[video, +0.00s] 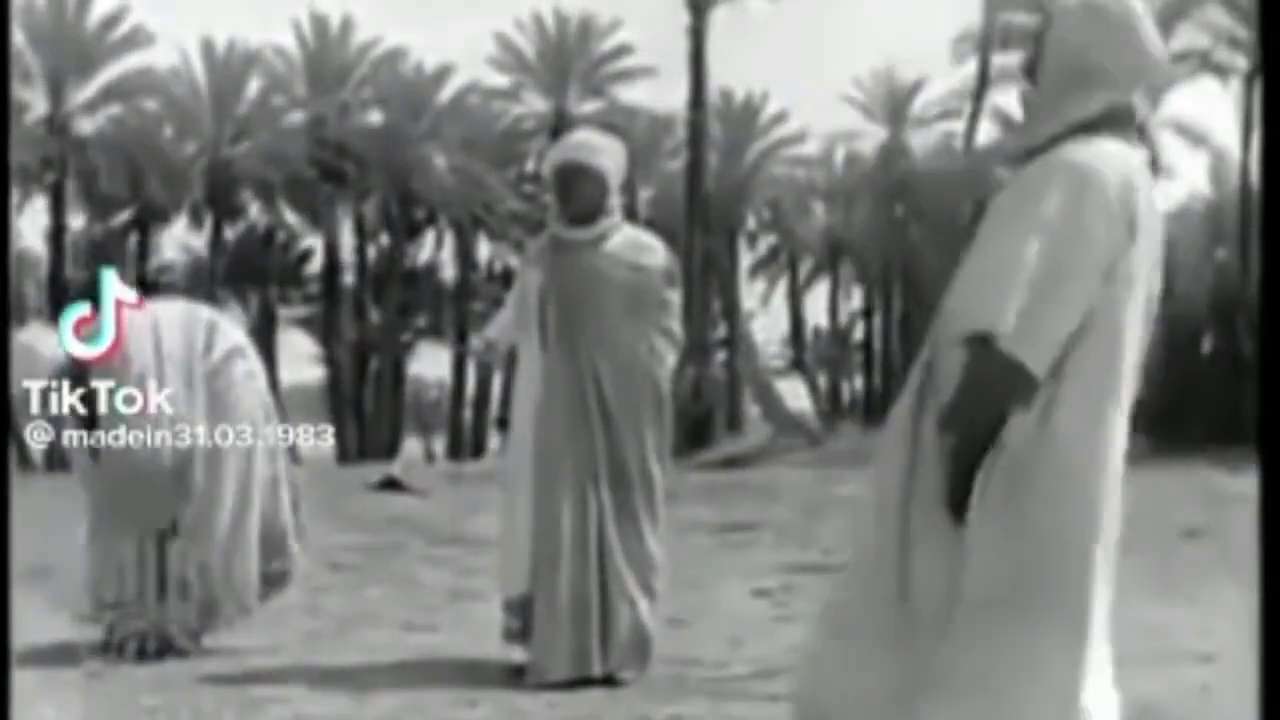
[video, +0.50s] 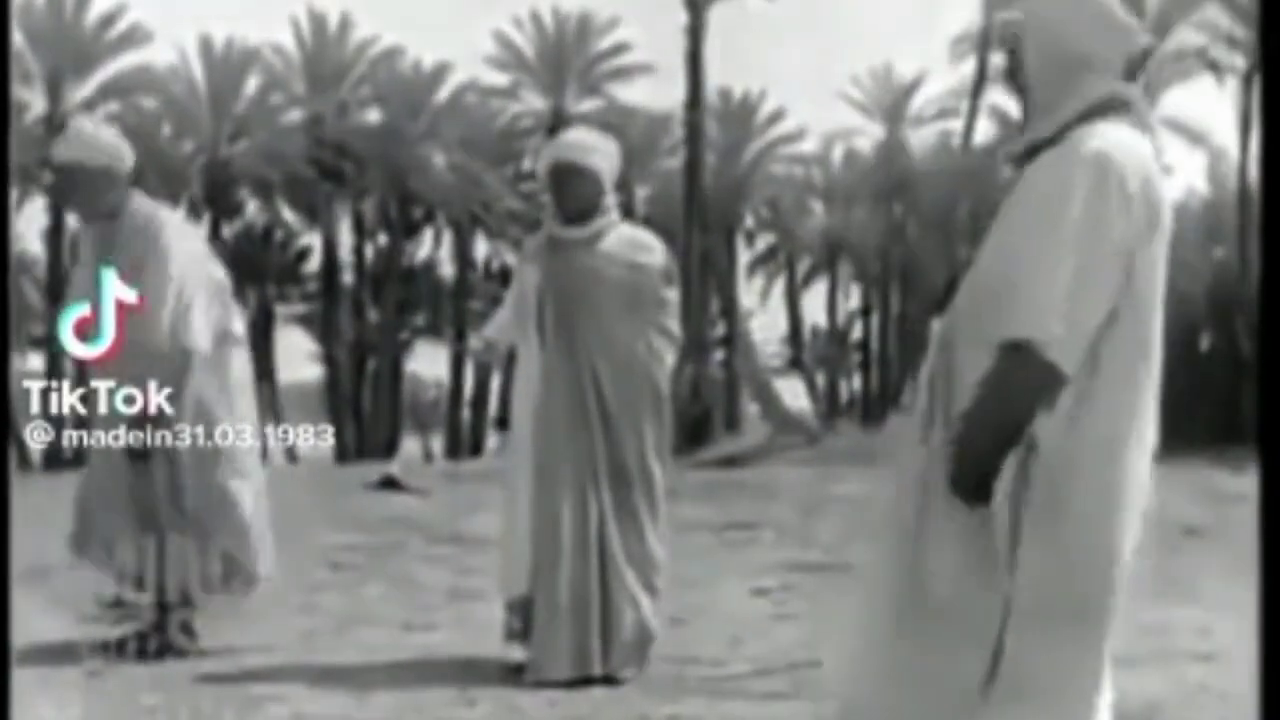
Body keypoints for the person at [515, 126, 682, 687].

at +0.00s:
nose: (561, 198)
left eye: (568, 186)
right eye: (560, 185)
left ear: (572, 190)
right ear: (614, 189)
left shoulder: (543, 257)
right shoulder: (648, 255)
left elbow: (522, 326)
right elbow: (665, 329)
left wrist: (490, 341)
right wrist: (654, 376)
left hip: (559, 401)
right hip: (627, 399)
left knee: (557, 515)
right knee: (626, 515)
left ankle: (560, 650)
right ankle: (622, 646)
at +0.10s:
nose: (563, 198)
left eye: (569, 186)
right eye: (562, 185)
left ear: (564, 190)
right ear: (614, 189)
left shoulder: (543, 257)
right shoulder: (648, 254)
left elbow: (523, 328)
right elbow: (664, 330)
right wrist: (654, 379)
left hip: (559, 400)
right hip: (627, 399)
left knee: (558, 515)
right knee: (627, 515)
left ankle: (561, 649)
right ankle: (622, 646)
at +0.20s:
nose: (559, 198)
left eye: (566, 185)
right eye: (557, 184)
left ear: (578, 187)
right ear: (610, 187)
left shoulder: (543, 256)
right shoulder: (647, 253)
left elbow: (523, 327)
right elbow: (663, 330)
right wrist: (653, 380)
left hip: (559, 399)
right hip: (627, 398)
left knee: (559, 514)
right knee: (626, 515)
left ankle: (560, 649)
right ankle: (622, 645)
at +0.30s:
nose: (561, 198)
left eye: (565, 186)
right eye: (561, 186)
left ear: (559, 190)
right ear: (611, 188)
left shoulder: (542, 256)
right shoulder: (646, 254)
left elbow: (521, 328)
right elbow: (662, 330)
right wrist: (654, 381)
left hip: (559, 401)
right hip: (627, 399)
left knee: (558, 515)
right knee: (627, 515)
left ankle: (560, 650)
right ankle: (622, 646)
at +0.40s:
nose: (560, 199)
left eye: (564, 187)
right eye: (560, 186)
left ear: (559, 191)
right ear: (610, 188)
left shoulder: (542, 256)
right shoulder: (645, 254)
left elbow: (522, 328)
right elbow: (662, 330)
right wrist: (654, 381)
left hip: (559, 401)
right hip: (627, 399)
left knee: (558, 514)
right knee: (627, 514)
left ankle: (560, 650)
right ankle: (623, 645)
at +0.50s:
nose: (560, 197)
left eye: (564, 185)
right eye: (559, 184)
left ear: (559, 189)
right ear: (610, 186)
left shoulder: (542, 255)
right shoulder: (645, 252)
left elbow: (519, 327)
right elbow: (663, 328)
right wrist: (654, 380)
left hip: (560, 400)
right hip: (628, 398)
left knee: (559, 514)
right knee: (628, 513)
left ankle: (561, 649)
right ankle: (623, 644)